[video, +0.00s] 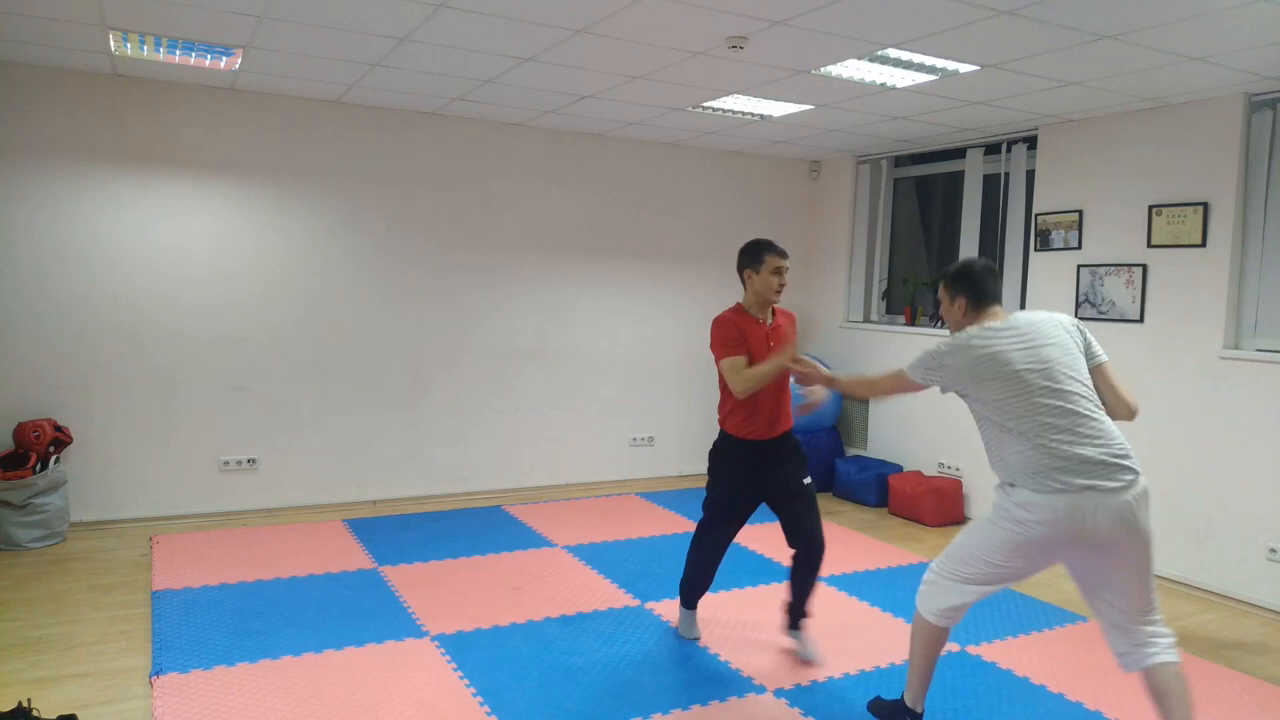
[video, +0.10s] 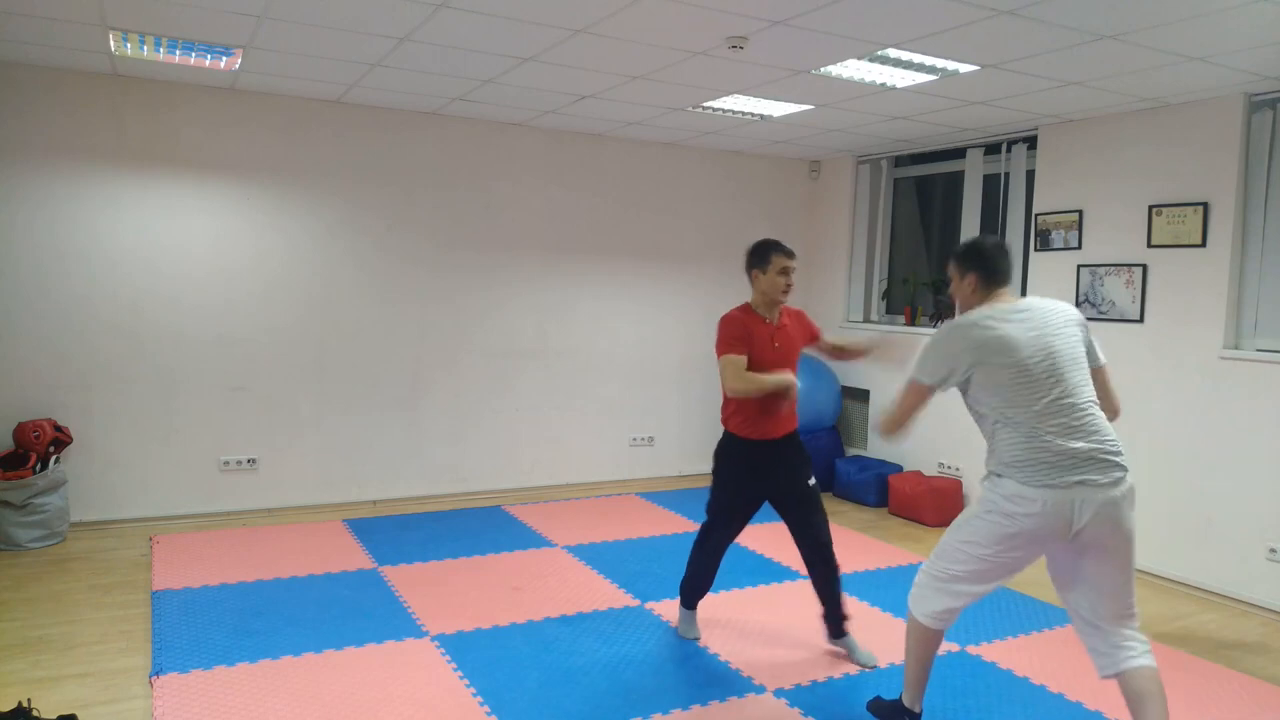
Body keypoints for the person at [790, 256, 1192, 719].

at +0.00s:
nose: (941, 317)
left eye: (942, 306)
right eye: (940, 307)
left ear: (961, 302)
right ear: (997, 297)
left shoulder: (961, 350)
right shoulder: (1066, 326)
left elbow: (878, 386)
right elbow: (1124, 407)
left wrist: (828, 379)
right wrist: (1061, 403)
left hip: (1040, 506)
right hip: (1121, 502)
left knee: (941, 586)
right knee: (1145, 630)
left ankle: (911, 705)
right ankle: (1181, 715)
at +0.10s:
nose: (951, 292)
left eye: (953, 281)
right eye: (951, 282)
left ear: (972, 279)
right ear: (1005, 277)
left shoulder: (961, 332)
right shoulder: (1065, 314)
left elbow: (894, 422)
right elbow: (1109, 407)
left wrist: (890, 417)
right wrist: (1045, 423)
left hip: (1027, 497)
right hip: (1107, 492)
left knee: (935, 589)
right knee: (1120, 631)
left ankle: (910, 704)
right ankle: (1155, 716)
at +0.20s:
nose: (974, 274)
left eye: (976, 264)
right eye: (974, 264)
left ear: (996, 262)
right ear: (1031, 263)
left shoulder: (977, 318)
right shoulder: (1083, 311)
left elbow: (961, 424)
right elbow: (1105, 405)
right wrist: (1045, 429)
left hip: (1022, 492)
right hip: (1101, 493)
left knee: (934, 593)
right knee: (1111, 638)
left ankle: (910, 704)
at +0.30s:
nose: (999, 270)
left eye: (1002, 259)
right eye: (1000, 259)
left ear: (1022, 257)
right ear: (1052, 260)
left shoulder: (1014, 306)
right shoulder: (1101, 313)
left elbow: (1005, 402)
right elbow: (1094, 400)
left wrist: (1001, 421)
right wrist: (1025, 414)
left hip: (1038, 499)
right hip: (1110, 502)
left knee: (947, 602)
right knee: (1116, 645)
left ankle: (913, 706)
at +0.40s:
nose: (1018, 273)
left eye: (1020, 262)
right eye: (1018, 263)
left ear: (1041, 259)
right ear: (1076, 261)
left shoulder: (1036, 309)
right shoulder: (1120, 322)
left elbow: (977, 399)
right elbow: (1092, 404)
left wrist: (972, 358)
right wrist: (1018, 360)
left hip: (1055, 508)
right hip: (1127, 513)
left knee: (945, 605)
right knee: (1119, 647)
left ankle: (919, 712)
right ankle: (1149, 711)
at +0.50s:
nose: (1015, 277)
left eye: (1018, 266)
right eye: (1016, 266)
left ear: (1035, 265)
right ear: (1073, 268)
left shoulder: (1031, 316)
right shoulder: (1121, 326)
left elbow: (953, 405)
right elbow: (1154, 447)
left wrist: (943, 333)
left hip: (1060, 518)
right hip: (1136, 522)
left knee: (944, 603)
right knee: (1116, 651)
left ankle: (919, 713)